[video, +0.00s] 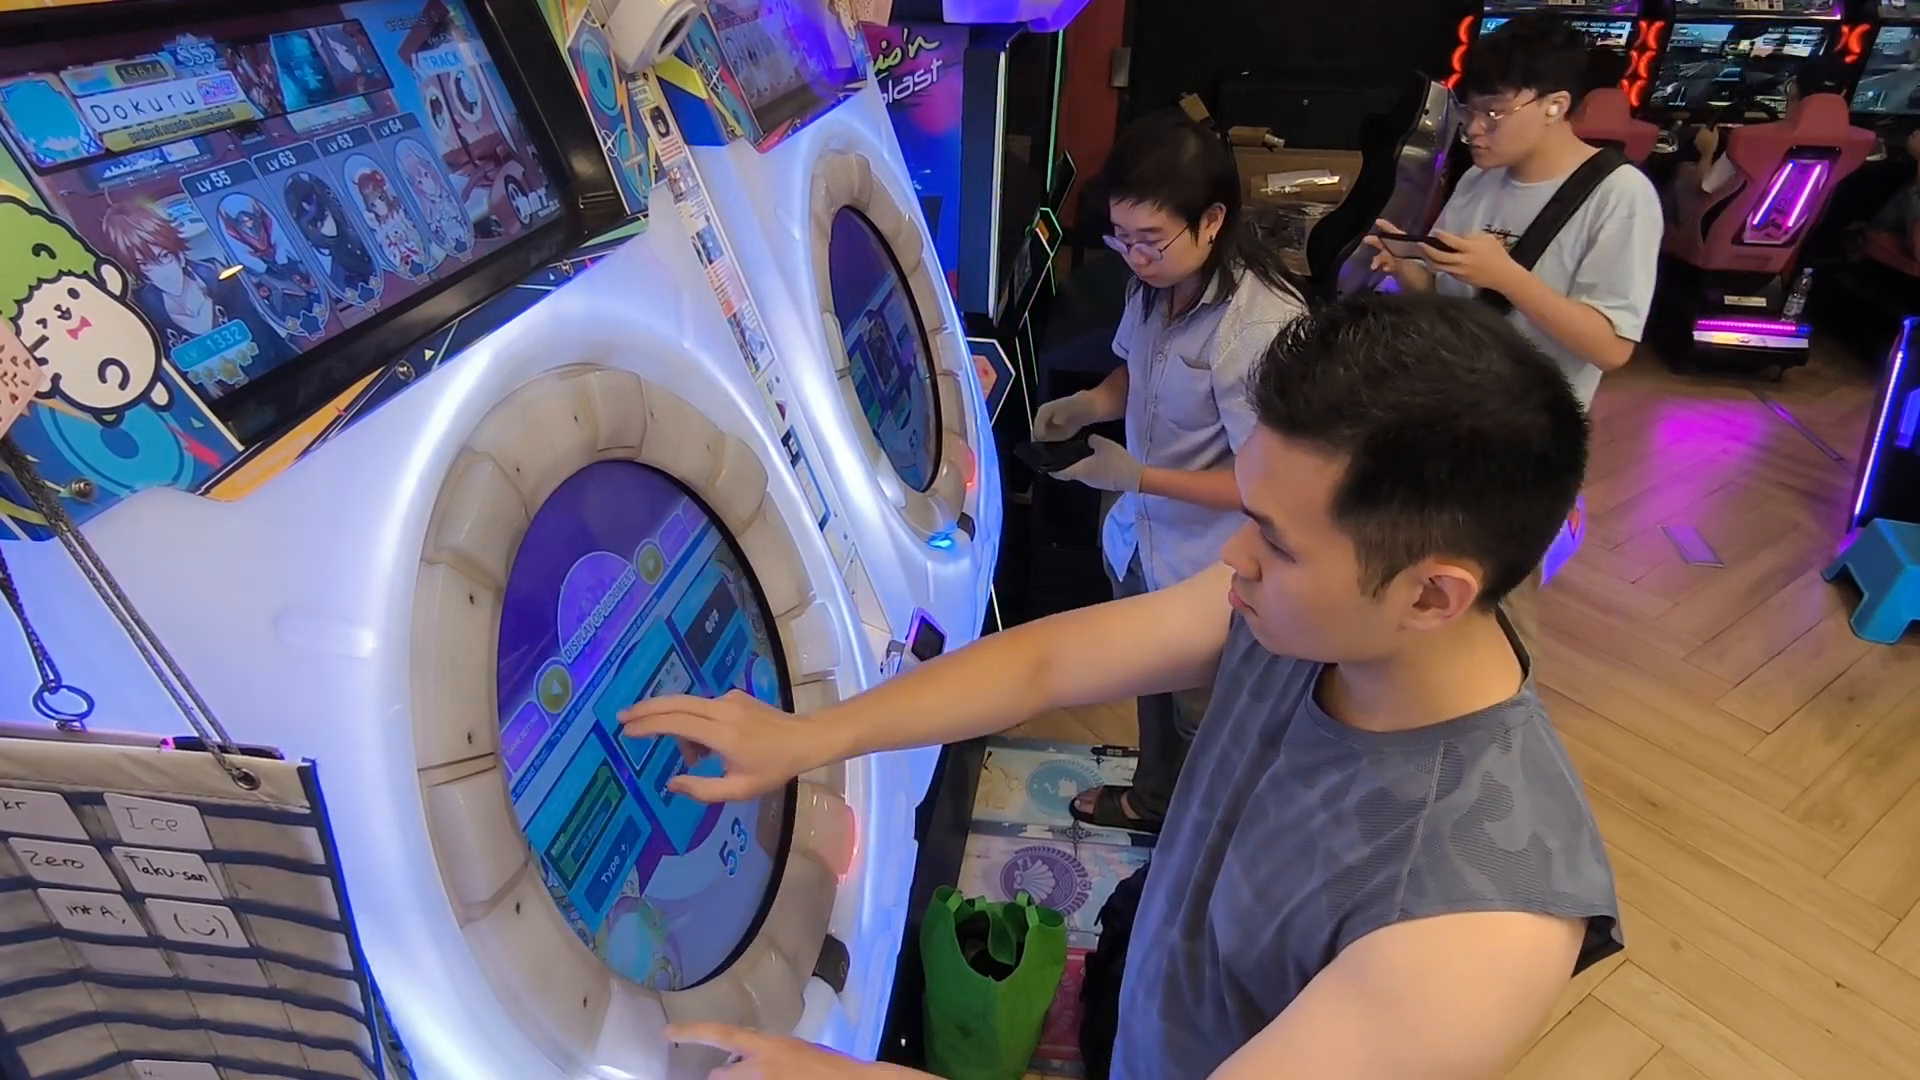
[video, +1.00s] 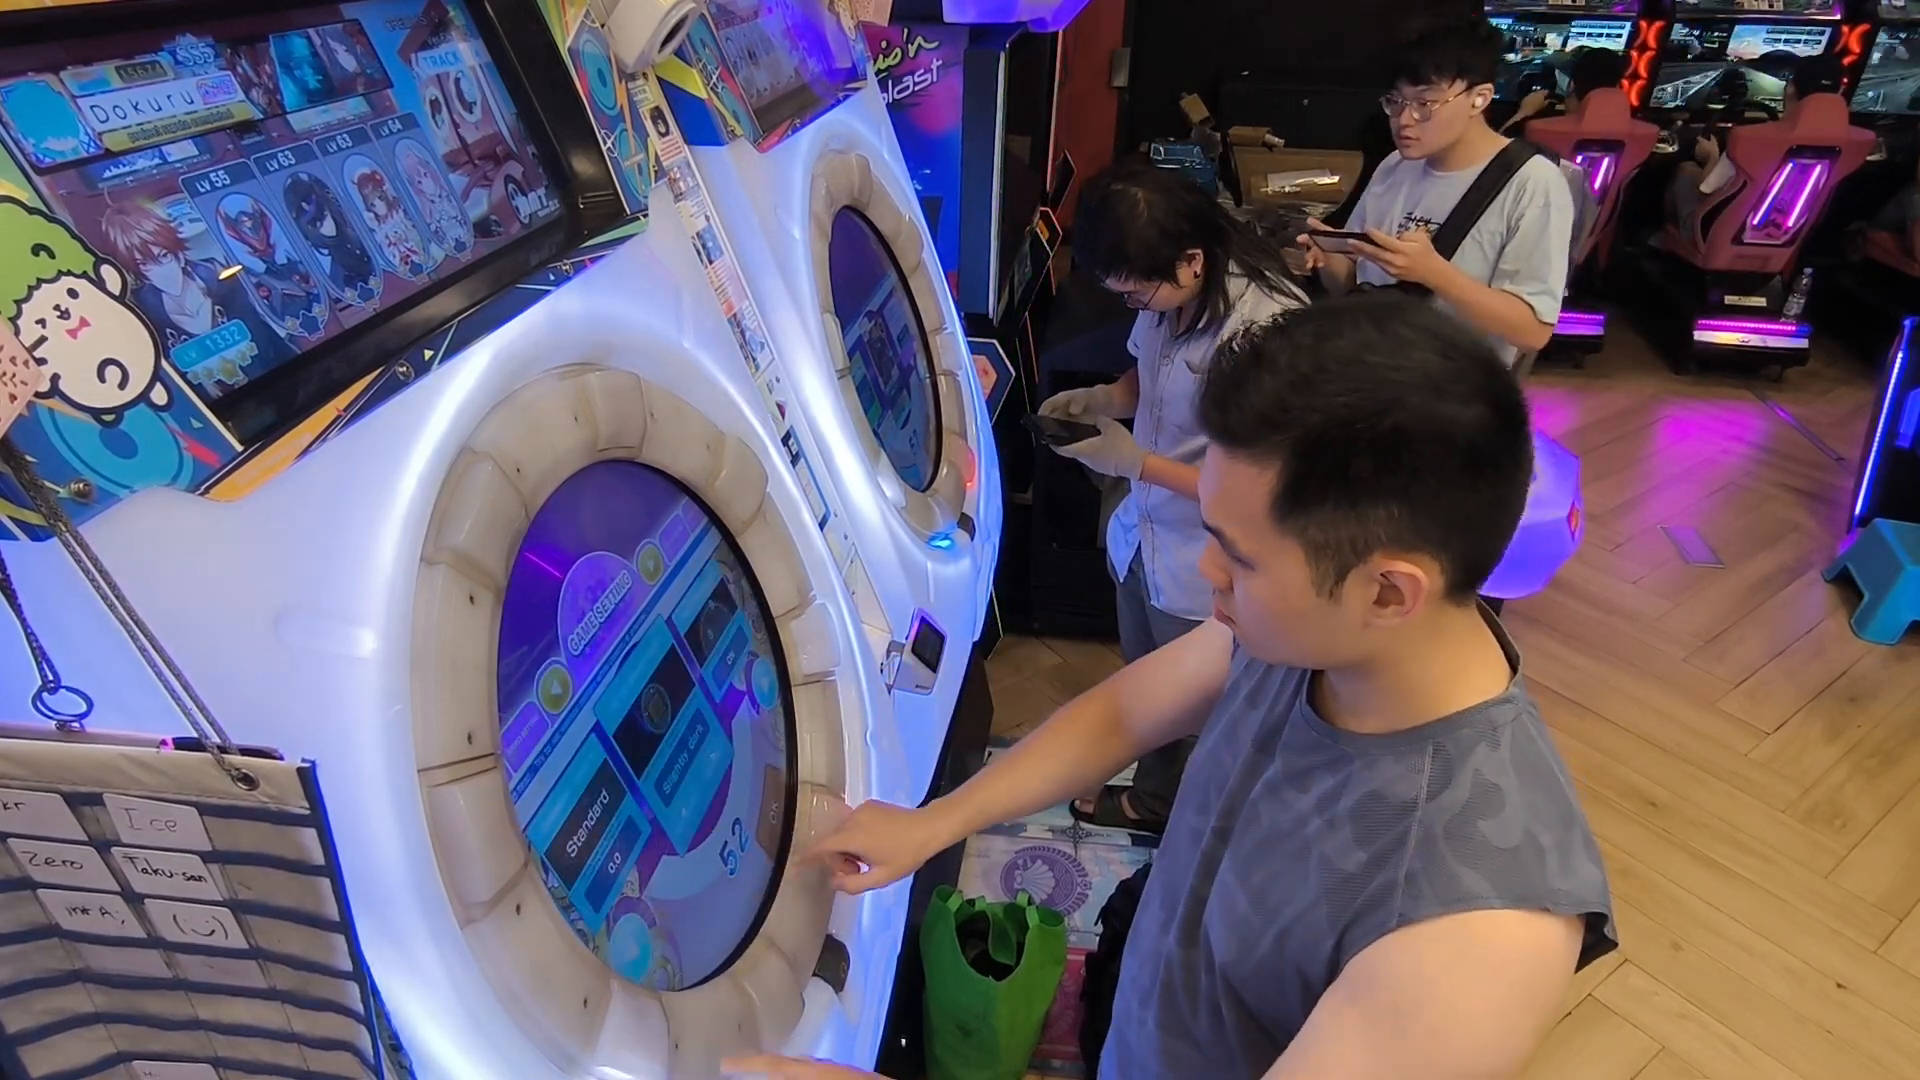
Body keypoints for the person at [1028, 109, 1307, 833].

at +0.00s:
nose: (1133, 257)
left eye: (1152, 241)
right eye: (1122, 238)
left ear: (1212, 222)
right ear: (1111, 218)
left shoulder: (1260, 329)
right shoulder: (1152, 282)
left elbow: (1262, 486)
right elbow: (1135, 375)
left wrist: (1138, 476)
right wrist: (1088, 406)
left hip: (1211, 557)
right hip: (1145, 527)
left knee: (1198, 703)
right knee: (1151, 675)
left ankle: (1195, 836)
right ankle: (1153, 795)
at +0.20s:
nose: (1129, 275)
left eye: (1142, 261)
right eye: (1120, 260)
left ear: (1200, 238)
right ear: (1110, 236)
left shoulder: (1262, 332)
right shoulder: (1160, 286)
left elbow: (1268, 488)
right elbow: (1138, 385)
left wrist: (1142, 468)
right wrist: (1095, 405)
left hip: (1215, 555)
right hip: (1151, 529)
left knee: (1199, 698)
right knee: (1153, 674)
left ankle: (1196, 826)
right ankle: (1152, 791)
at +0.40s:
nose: (1128, 283)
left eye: (1138, 271)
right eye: (1120, 270)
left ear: (1195, 248)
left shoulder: (1261, 332)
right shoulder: (1163, 291)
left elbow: (1267, 489)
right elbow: (1148, 387)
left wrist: (1142, 467)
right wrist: (1093, 403)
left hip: (1219, 547)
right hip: (1155, 526)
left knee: (1206, 690)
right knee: (1154, 669)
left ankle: (1199, 815)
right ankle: (1151, 790)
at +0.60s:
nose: (1128, 288)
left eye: (1139, 275)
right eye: (1119, 275)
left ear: (1195, 254)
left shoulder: (1263, 335)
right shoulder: (1169, 294)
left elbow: (1262, 490)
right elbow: (1156, 385)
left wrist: (1140, 463)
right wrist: (1098, 402)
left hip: (1218, 551)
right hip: (1155, 528)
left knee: (1197, 693)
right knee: (1153, 676)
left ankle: (1187, 813)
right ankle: (1150, 793)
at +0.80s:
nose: (1129, 296)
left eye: (1139, 284)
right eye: (1120, 284)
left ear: (1192, 262)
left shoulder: (1265, 335)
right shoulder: (1171, 296)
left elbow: (1256, 489)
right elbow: (1151, 386)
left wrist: (1139, 462)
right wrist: (1094, 401)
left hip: (1208, 549)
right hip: (1146, 528)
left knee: (1186, 689)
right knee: (1145, 677)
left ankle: (1170, 804)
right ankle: (1148, 791)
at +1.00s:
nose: (1129, 300)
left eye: (1138, 288)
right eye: (1120, 289)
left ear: (1192, 264)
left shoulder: (1262, 336)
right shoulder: (1167, 300)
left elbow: (1253, 489)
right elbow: (1147, 385)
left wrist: (1140, 463)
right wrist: (1096, 402)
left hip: (1205, 552)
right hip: (1144, 530)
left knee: (1184, 696)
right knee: (1143, 683)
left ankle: (1167, 809)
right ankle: (1144, 794)